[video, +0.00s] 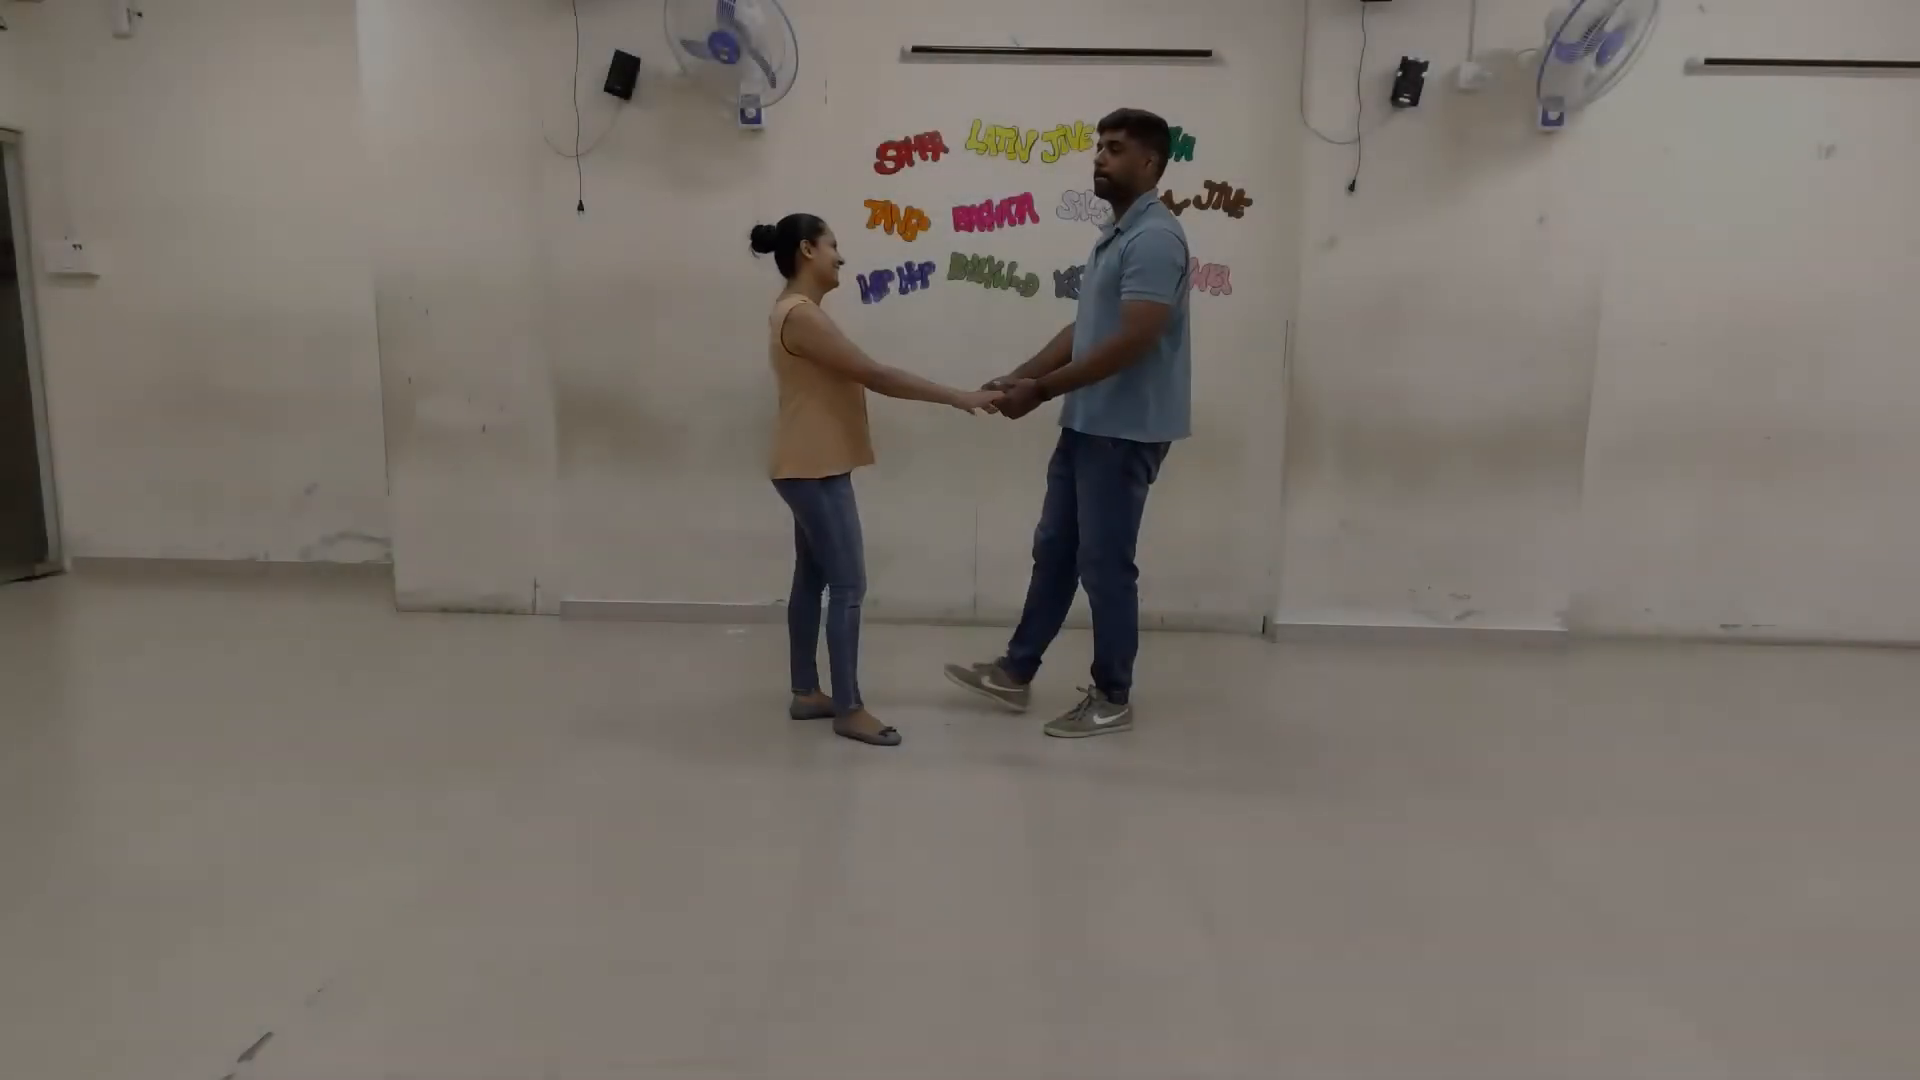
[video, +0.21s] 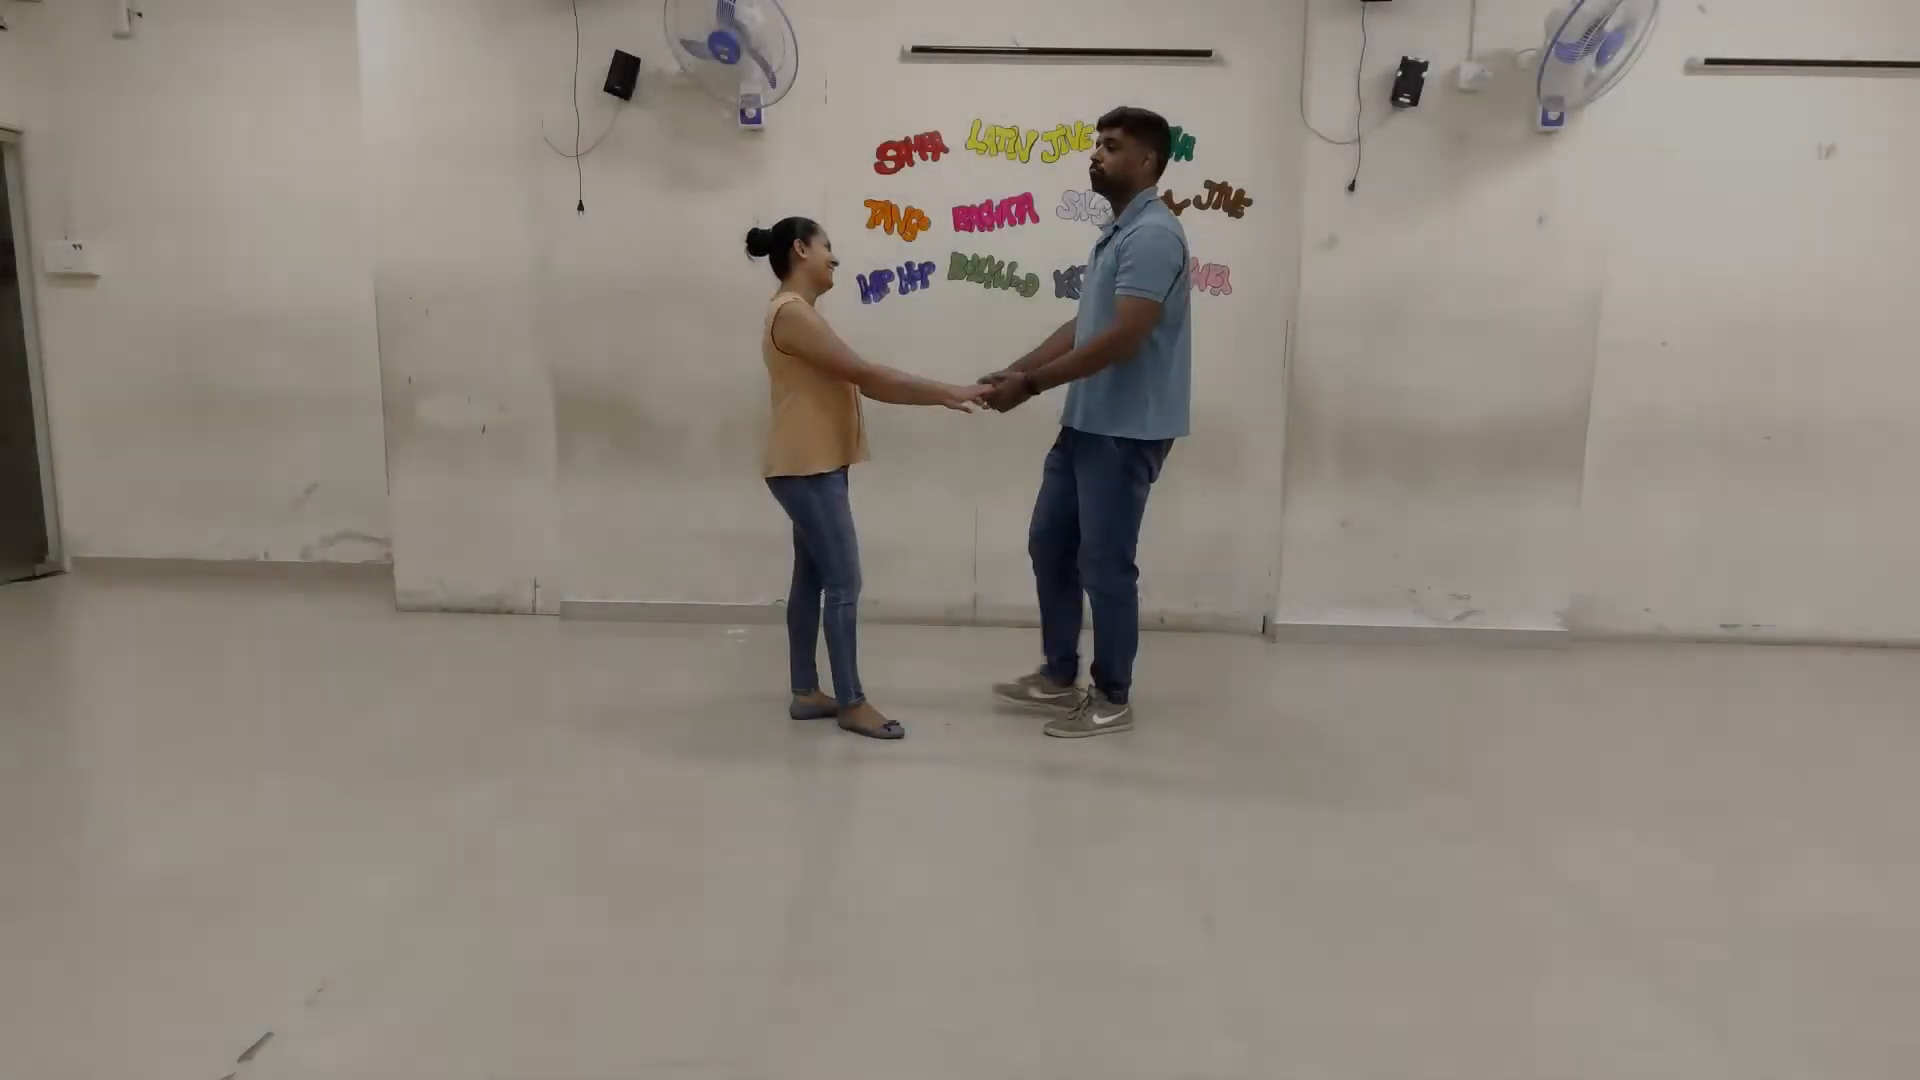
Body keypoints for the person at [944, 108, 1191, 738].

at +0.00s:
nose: (1099, 158)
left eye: (1113, 149)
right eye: (1099, 148)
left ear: (1151, 161)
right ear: (1107, 160)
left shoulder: (1155, 237)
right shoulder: (1119, 234)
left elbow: (1140, 335)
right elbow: (1085, 328)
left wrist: (1046, 387)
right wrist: (1025, 377)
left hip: (1126, 429)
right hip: (1087, 421)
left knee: (1106, 563)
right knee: (1056, 549)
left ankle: (1112, 698)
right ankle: (1015, 671)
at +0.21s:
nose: (1096, 155)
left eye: (1111, 147)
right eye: (1097, 146)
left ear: (1149, 161)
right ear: (1112, 162)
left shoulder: (1154, 233)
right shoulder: (1118, 235)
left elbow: (1129, 333)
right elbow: (1081, 327)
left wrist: (1035, 381)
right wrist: (1015, 373)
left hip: (1128, 426)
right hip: (1088, 421)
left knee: (1106, 559)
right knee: (1051, 542)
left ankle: (1111, 698)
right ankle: (1058, 676)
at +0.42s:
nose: (1100, 160)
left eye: (1114, 151)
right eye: (1102, 151)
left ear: (1151, 165)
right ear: (1129, 166)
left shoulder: (1158, 239)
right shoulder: (1120, 241)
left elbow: (1122, 334)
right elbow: (1079, 330)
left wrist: (1031, 389)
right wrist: (1015, 382)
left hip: (1126, 427)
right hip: (1092, 422)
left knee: (1090, 558)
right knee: (1072, 552)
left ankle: (1113, 695)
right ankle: (1136, 673)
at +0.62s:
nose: (1106, 158)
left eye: (1120, 149)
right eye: (1108, 148)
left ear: (1157, 163)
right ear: (1133, 164)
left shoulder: (1163, 237)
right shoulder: (1125, 238)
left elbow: (1123, 334)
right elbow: (1079, 325)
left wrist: (1037, 393)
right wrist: (1011, 375)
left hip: (1139, 428)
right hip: (1119, 424)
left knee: (1079, 554)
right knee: (1122, 556)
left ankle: (1099, 691)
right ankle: (1152, 687)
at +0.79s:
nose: (1108, 157)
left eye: (1123, 148)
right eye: (1109, 147)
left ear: (1160, 163)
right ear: (1134, 165)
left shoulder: (1164, 234)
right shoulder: (1131, 237)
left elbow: (1132, 334)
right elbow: (1086, 324)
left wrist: (1046, 393)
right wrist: (1014, 368)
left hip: (1147, 427)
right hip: (1125, 423)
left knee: (1108, 563)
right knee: (1132, 557)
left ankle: (1073, 702)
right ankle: (1153, 687)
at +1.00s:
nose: (1129, 156)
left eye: (1145, 148)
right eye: (1123, 147)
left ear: (1174, 165)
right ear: (1115, 162)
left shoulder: (1177, 235)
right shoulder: (1122, 239)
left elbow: (1141, 334)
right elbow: (1087, 326)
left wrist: (1054, 392)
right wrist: (1015, 368)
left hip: (1151, 427)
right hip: (1116, 423)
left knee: (1103, 559)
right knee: (1128, 556)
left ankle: (1106, 709)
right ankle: (1152, 687)